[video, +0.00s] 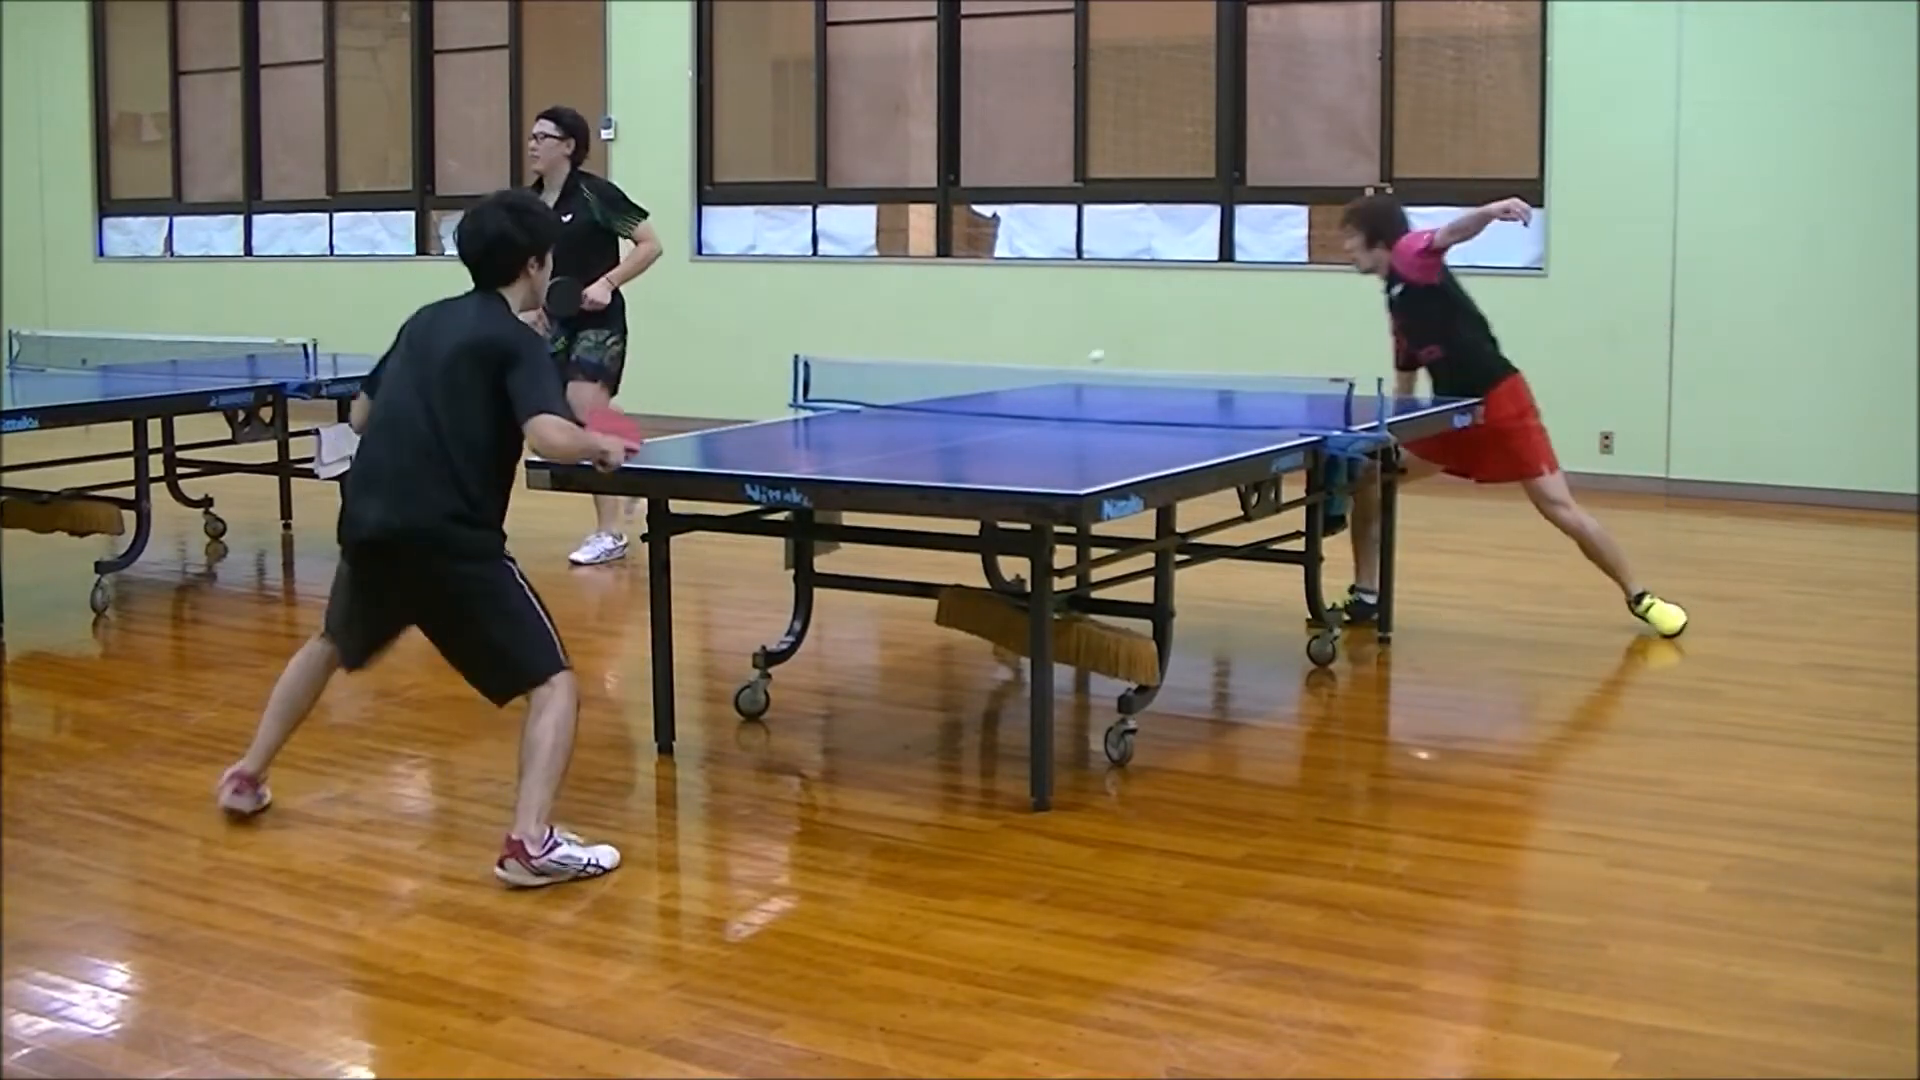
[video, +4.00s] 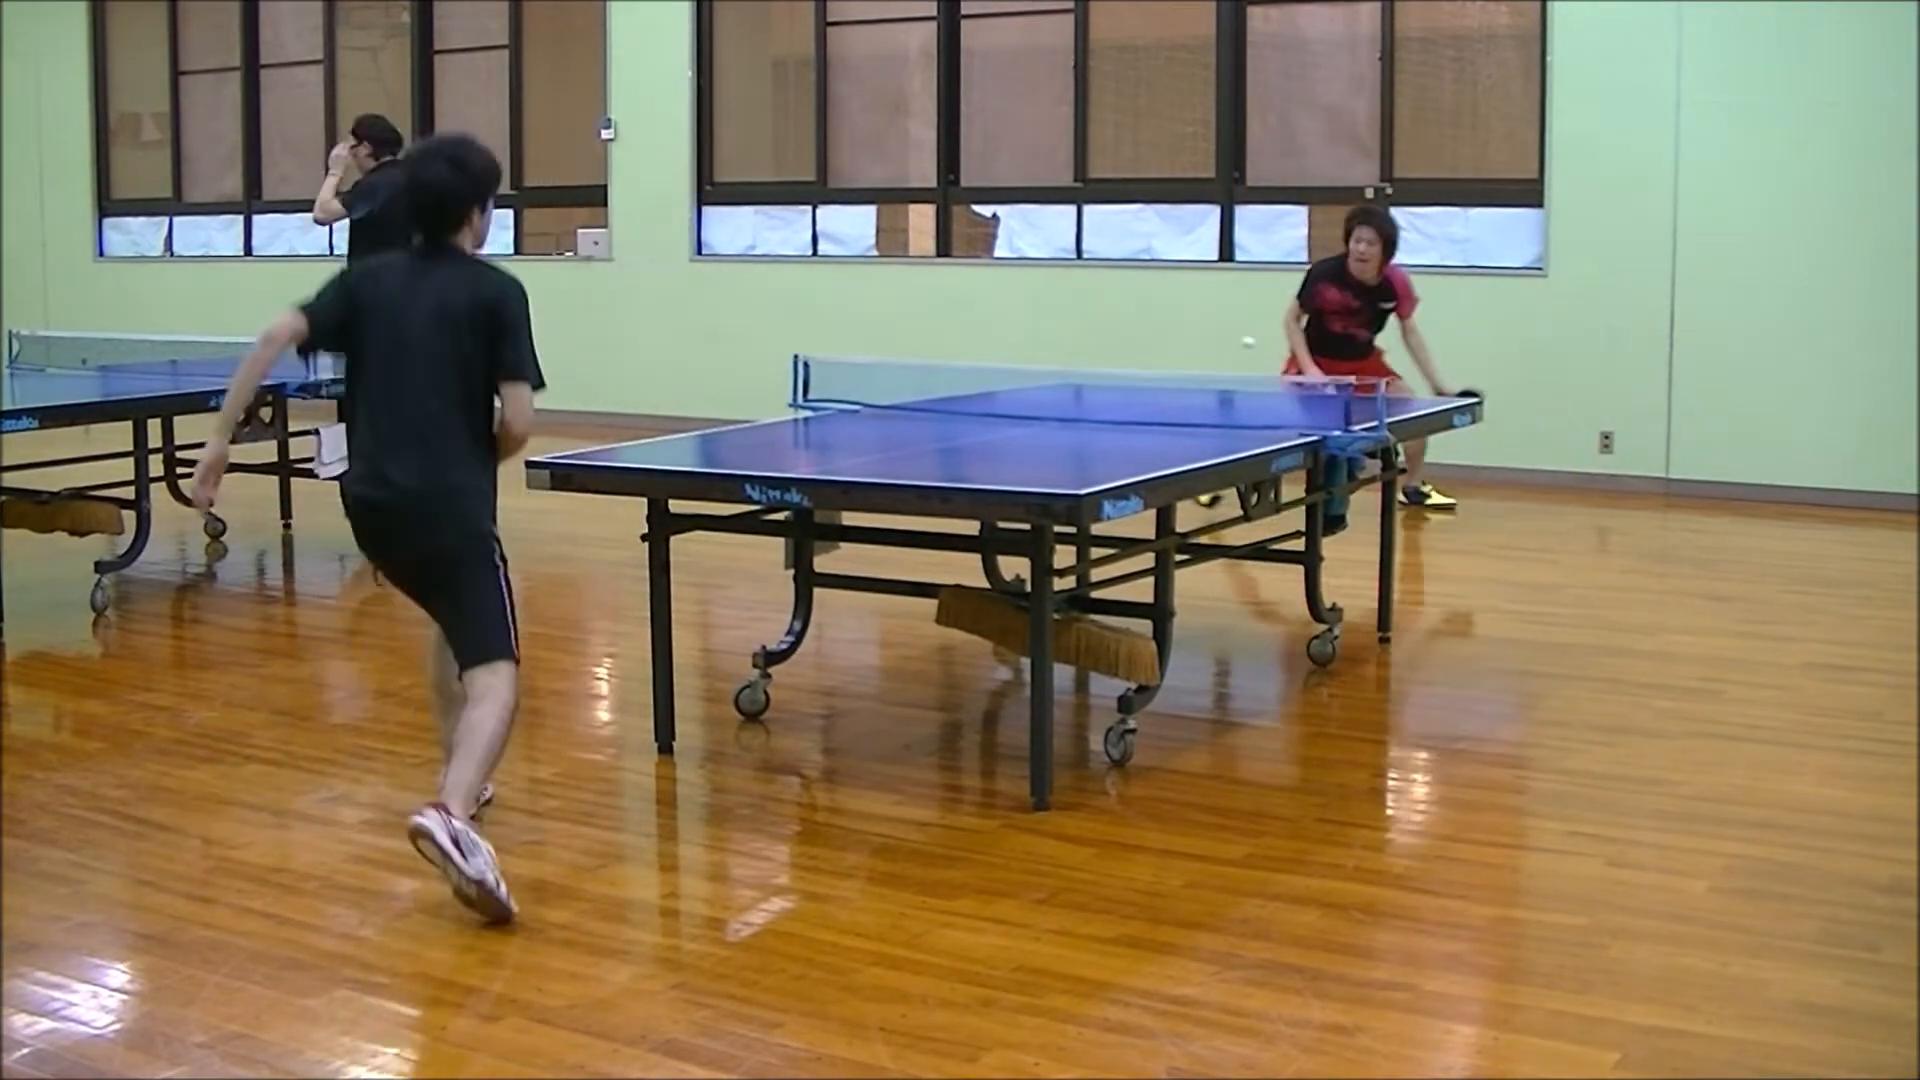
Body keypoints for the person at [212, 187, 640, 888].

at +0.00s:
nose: (551, 273)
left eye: (548, 260)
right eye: (547, 261)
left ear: (477, 262)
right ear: (529, 266)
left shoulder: (423, 323)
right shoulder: (519, 342)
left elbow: (363, 415)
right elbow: (549, 439)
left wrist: (434, 431)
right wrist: (596, 446)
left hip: (371, 531)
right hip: (454, 537)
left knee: (328, 644)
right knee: (553, 683)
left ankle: (246, 774)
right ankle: (531, 840)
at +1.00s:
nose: (653, 237)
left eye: (650, 222)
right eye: (650, 224)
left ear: (563, 223)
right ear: (629, 233)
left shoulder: (499, 277)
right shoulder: (629, 310)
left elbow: (389, 343)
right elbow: (728, 404)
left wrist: (416, 413)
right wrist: (820, 360)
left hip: (421, 494)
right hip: (509, 513)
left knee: (366, 643)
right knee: (636, 646)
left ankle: (288, 792)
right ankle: (650, 834)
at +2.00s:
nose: (584, 303)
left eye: (581, 290)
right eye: (580, 292)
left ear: (494, 296)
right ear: (554, 304)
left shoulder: (429, 344)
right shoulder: (561, 393)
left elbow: (317, 384)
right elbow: (671, 462)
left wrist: (382, 322)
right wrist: (809, 471)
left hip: (324, 570)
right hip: (411, 594)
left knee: (369, 618)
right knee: (584, 703)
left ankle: (294, 776)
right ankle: (575, 904)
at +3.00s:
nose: (435, 277)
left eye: (434, 261)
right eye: (431, 262)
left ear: (362, 265)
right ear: (404, 271)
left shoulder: (330, 327)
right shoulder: (362, 359)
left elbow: (353, 409)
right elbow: (399, 503)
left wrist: (446, 415)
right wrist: (512, 488)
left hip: (249, 553)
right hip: (296, 571)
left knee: (287, 673)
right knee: (449, 690)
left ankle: (192, 806)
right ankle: (440, 893)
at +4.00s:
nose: (492, 218)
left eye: (491, 206)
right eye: (490, 207)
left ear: (412, 207)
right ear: (474, 215)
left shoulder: (365, 278)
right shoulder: (497, 291)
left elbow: (273, 337)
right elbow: (516, 424)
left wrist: (216, 452)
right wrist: (491, 448)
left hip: (371, 500)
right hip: (453, 505)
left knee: (450, 624)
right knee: (496, 680)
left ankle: (465, 783)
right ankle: (453, 812)